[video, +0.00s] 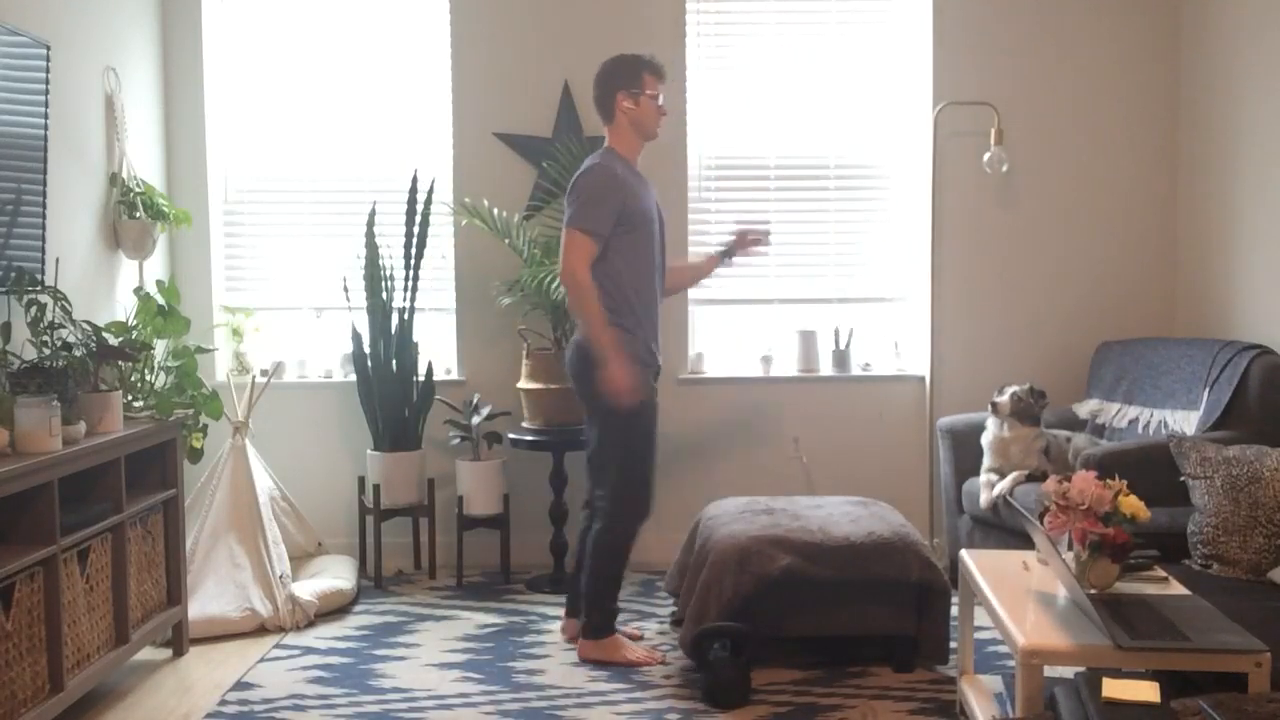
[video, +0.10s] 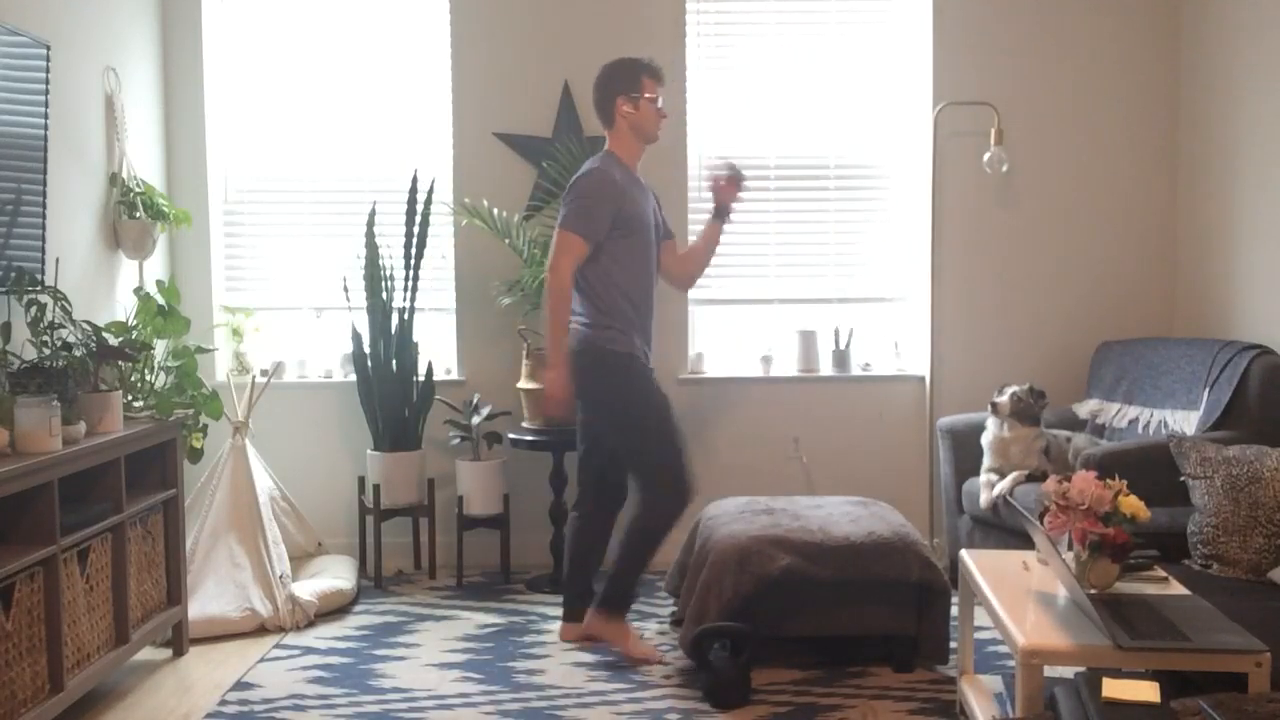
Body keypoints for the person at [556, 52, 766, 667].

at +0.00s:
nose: (663, 109)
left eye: (663, 99)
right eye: (654, 99)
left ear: (636, 106)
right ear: (622, 104)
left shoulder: (634, 181)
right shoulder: (602, 175)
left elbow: (656, 282)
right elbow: (573, 271)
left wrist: (723, 256)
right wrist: (609, 352)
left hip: (628, 352)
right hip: (612, 353)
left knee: (610, 498)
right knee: (626, 502)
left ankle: (580, 617)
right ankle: (597, 635)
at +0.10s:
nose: (664, 112)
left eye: (662, 102)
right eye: (655, 102)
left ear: (632, 109)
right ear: (624, 108)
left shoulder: (642, 193)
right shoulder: (599, 178)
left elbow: (682, 272)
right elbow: (559, 271)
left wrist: (719, 214)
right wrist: (556, 362)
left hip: (615, 358)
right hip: (607, 358)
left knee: (600, 493)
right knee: (669, 487)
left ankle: (576, 620)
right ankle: (609, 616)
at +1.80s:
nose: (769, 45)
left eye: (766, 33)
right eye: (761, 34)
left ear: (730, 46)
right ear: (730, 43)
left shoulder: (714, 117)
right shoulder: (717, 118)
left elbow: (714, 223)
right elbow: (690, 216)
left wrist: (767, 275)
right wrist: (746, 291)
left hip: (692, 297)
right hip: (704, 298)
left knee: (698, 427)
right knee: (786, 414)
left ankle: (641, 552)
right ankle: (730, 542)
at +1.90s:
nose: (757, 79)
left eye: (754, 68)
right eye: (748, 68)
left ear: (716, 79)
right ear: (717, 78)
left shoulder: (711, 151)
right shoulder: (698, 151)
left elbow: (706, 258)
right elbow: (661, 243)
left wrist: (768, 284)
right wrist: (691, 332)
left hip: (686, 326)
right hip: (689, 328)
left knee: (667, 460)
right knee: (793, 414)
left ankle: (631, 587)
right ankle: (732, 540)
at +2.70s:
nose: (668, 106)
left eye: (667, 95)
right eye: (658, 95)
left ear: (629, 103)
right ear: (624, 101)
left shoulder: (616, 171)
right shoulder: (615, 172)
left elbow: (649, 270)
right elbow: (655, 269)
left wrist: (723, 266)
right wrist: (741, 262)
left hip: (635, 359)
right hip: (603, 358)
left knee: (696, 463)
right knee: (591, 502)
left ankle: (628, 573)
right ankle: (568, 641)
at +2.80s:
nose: (672, 105)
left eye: (670, 94)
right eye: (663, 94)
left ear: (635, 99)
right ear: (628, 97)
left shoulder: (620, 168)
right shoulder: (618, 168)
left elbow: (681, 258)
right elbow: (682, 253)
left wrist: (738, 211)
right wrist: (745, 203)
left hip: (632, 350)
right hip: (601, 354)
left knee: (728, 403)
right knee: (596, 502)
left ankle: (644, 499)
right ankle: (569, 641)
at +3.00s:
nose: (693, 106)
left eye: (691, 96)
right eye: (685, 96)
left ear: (654, 104)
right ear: (655, 103)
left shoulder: (639, 167)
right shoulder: (641, 168)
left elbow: (718, 248)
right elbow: (725, 246)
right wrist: (726, 171)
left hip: (634, 337)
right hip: (613, 353)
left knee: (739, 307)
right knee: (611, 503)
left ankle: (725, 437)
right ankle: (569, 640)